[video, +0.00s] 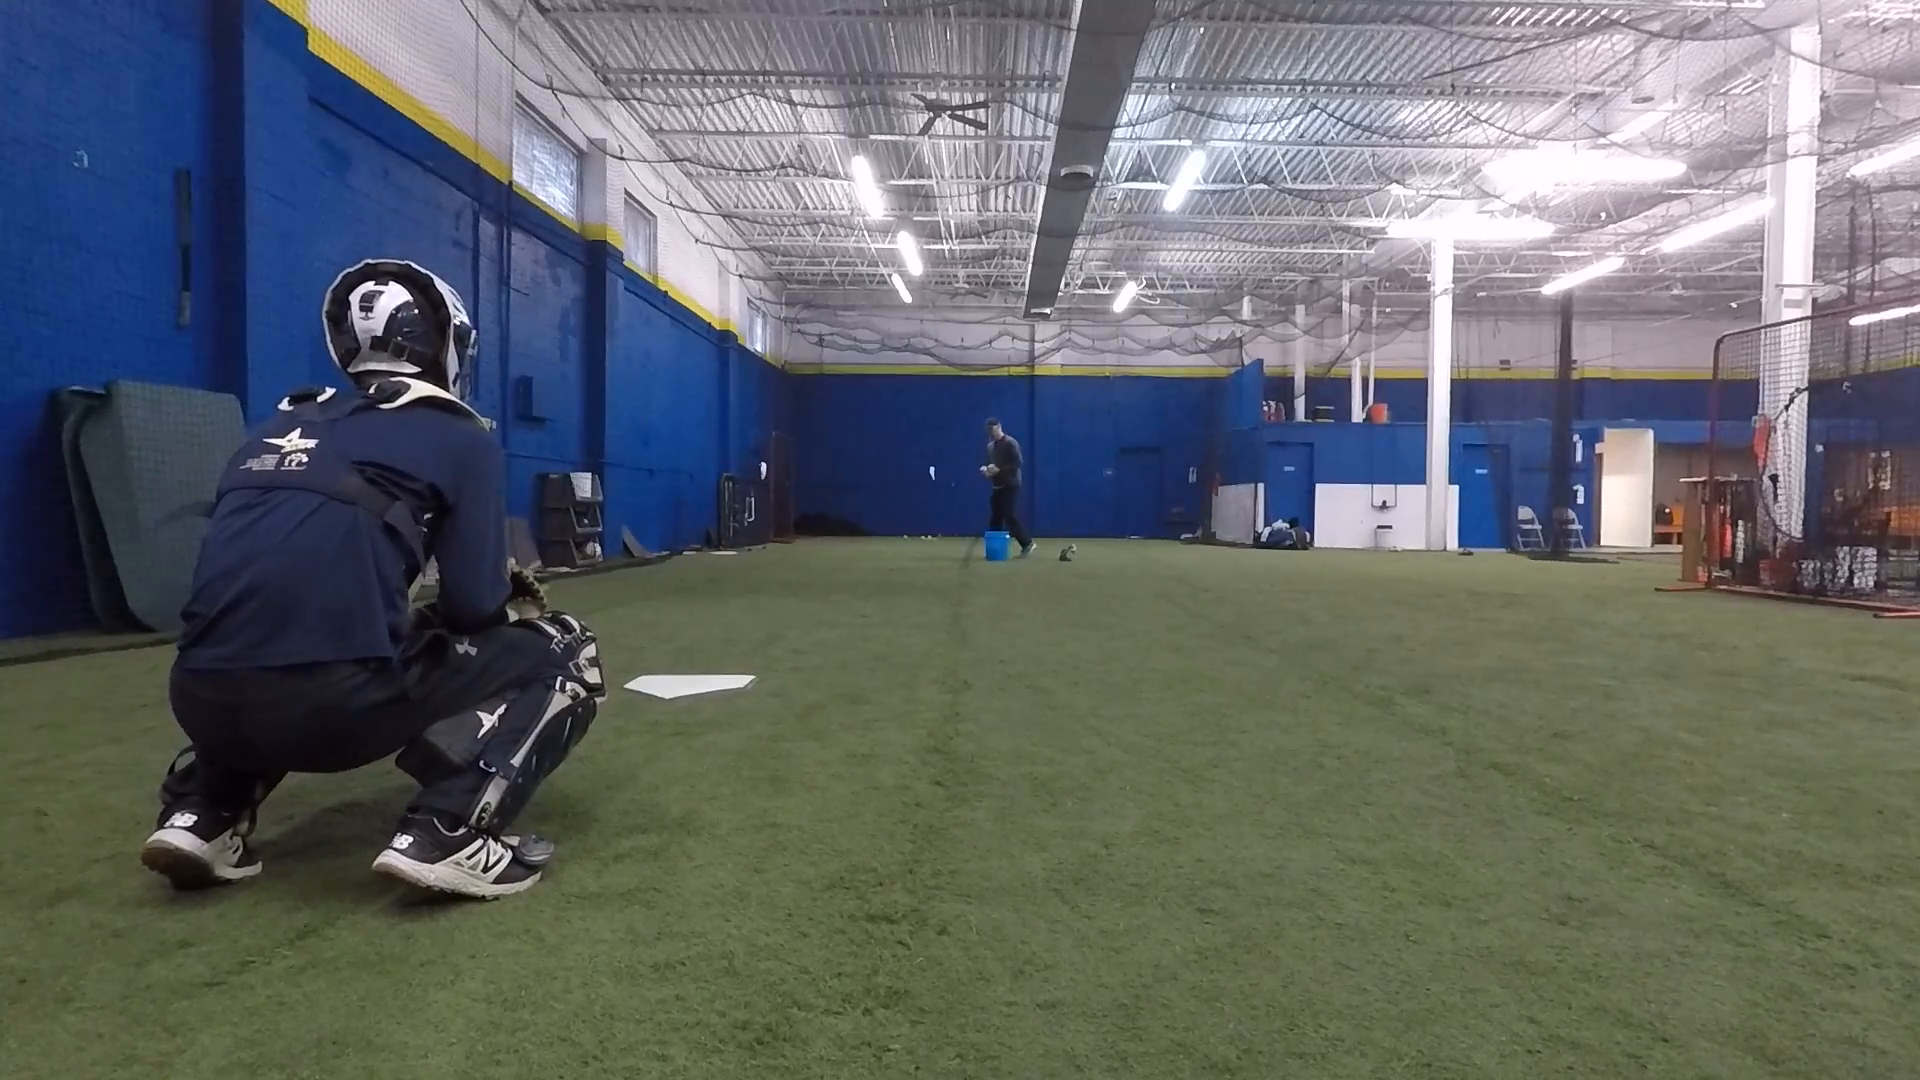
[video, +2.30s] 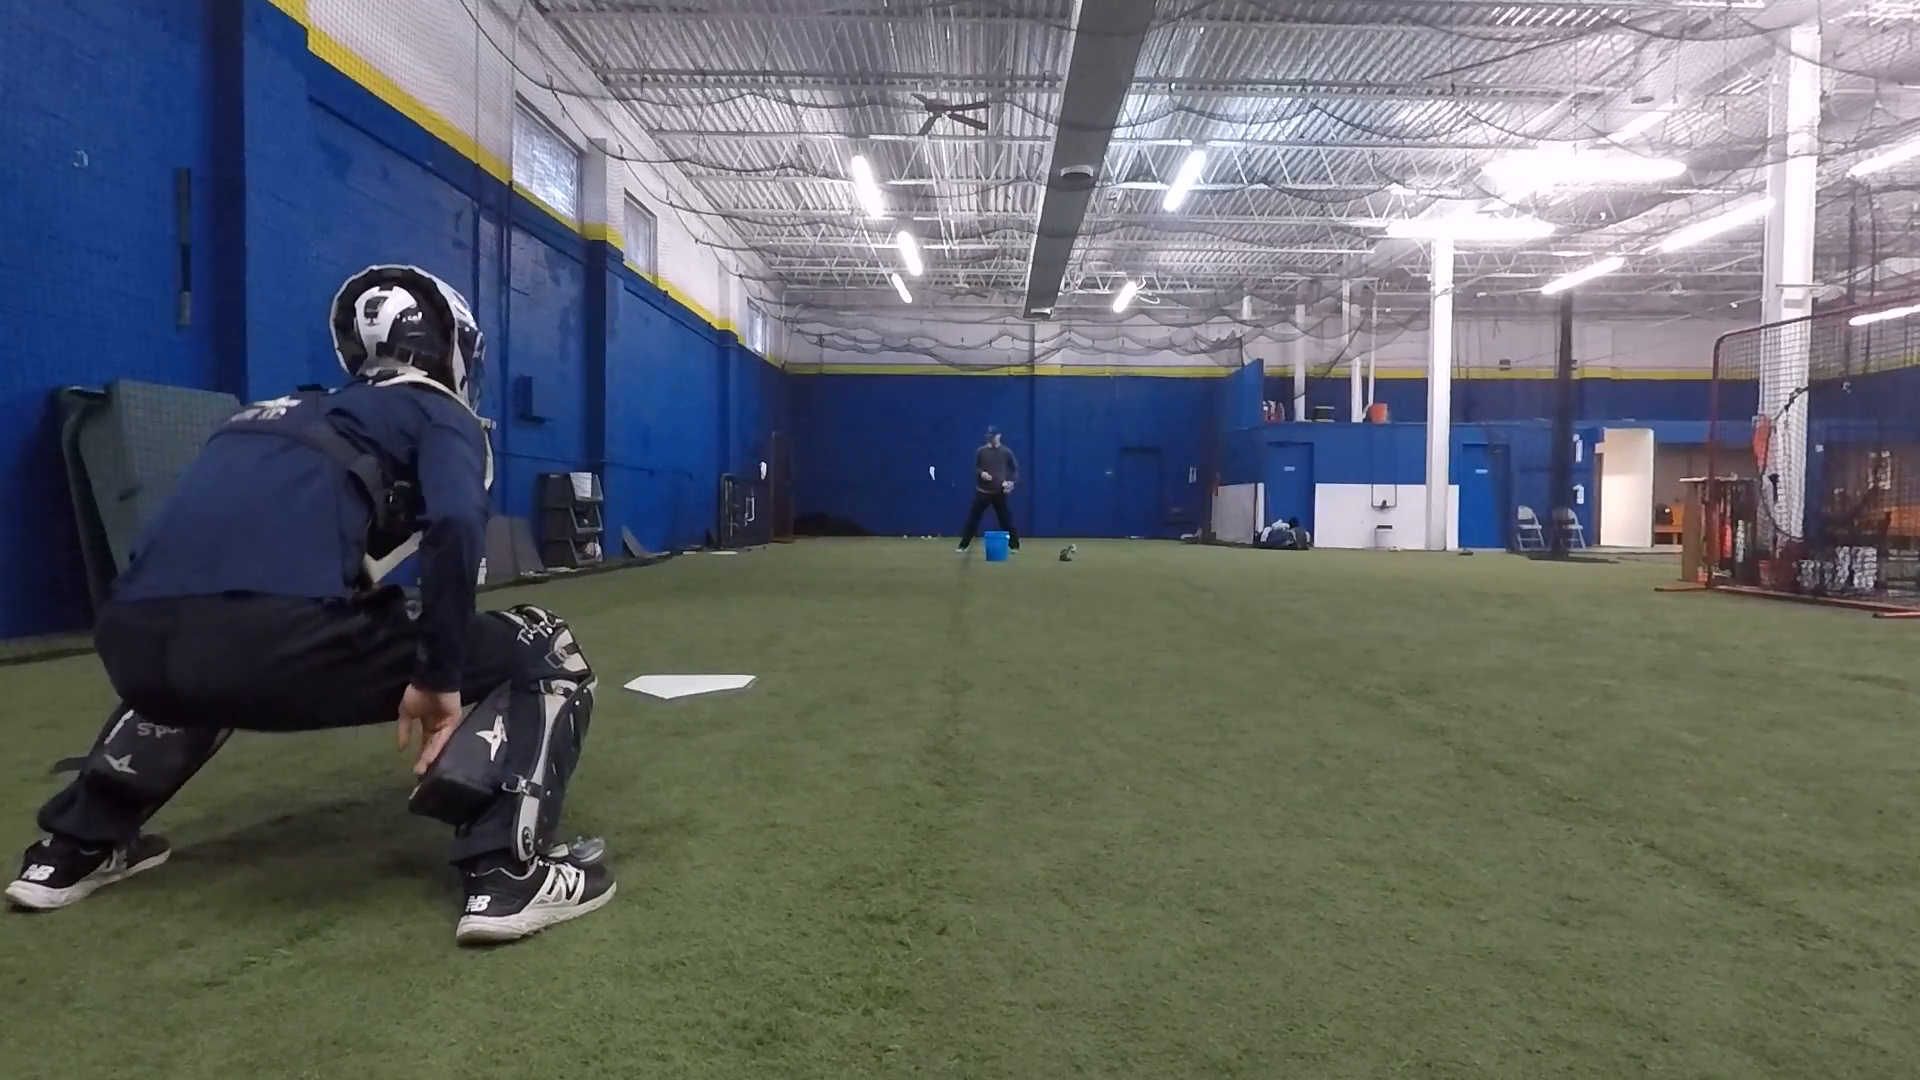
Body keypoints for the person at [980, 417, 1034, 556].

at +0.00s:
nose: (991, 433)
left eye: (993, 429)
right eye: (989, 430)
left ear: (999, 428)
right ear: (987, 431)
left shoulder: (1011, 443)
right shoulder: (990, 446)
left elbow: (1017, 463)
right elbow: (991, 462)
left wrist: (999, 469)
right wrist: (987, 469)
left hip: (1010, 486)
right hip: (997, 487)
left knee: (1008, 515)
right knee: (996, 516)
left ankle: (1027, 543)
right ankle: (994, 547)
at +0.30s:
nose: (1009, 430)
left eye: (1011, 427)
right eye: (1006, 428)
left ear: (1016, 429)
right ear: (1003, 430)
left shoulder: (1022, 446)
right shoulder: (998, 447)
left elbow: (1029, 465)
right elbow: (995, 463)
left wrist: (1010, 471)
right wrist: (995, 470)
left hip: (1016, 489)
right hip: (1001, 489)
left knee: (1017, 519)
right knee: (998, 518)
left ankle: (1024, 548)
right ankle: (998, 547)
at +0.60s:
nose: (1018, 429)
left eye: (1020, 426)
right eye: (1016, 426)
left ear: (1025, 428)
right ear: (1012, 428)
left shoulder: (1031, 446)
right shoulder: (1005, 445)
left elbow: (1038, 464)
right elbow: (1000, 462)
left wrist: (1028, 474)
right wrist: (997, 468)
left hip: (1023, 488)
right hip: (1007, 488)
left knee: (1024, 519)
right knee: (1003, 516)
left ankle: (1024, 548)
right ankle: (1002, 544)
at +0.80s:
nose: (1017, 430)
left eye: (1019, 428)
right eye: (1015, 428)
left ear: (1024, 430)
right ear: (1011, 430)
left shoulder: (1030, 448)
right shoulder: (1004, 447)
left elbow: (1039, 465)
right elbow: (995, 463)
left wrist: (1036, 476)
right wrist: (988, 454)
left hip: (1023, 490)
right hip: (1007, 490)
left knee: (1022, 520)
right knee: (1007, 520)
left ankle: (1024, 548)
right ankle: (1005, 547)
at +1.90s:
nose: (1012, 439)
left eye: (1014, 436)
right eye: (1010, 436)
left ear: (1019, 436)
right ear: (1007, 436)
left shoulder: (1025, 452)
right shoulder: (1000, 448)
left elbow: (1032, 469)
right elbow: (991, 461)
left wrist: (1025, 482)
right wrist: (996, 470)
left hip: (1013, 489)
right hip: (997, 487)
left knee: (1013, 518)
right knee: (994, 516)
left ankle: (1014, 545)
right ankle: (990, 545)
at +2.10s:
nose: (1006, 437)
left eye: (1008, 434)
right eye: (1004, 434)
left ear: (1013, 435)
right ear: (1001, 435)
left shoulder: (1019, 451)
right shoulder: (993, 448)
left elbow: (1026, 468)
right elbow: (986, 464)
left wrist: (1021, 481)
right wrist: (992, 471)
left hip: (1008, 490)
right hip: (991, 489)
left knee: (1011, 518)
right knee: (981, 515)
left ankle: (1014, 546)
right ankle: (971, 543)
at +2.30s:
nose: (991, 438)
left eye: (993, 436)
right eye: (989, 436)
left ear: (999, 436)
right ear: (987, 437)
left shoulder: (1006, 452)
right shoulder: (981, 451)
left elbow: (1014, 469)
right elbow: (976, 467)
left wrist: (1011, 482)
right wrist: (981, 473)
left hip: (999, 492)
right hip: (983, 492)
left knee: (1005, 520)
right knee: (973, 519)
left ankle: (1014, 545)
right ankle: (963, 544)